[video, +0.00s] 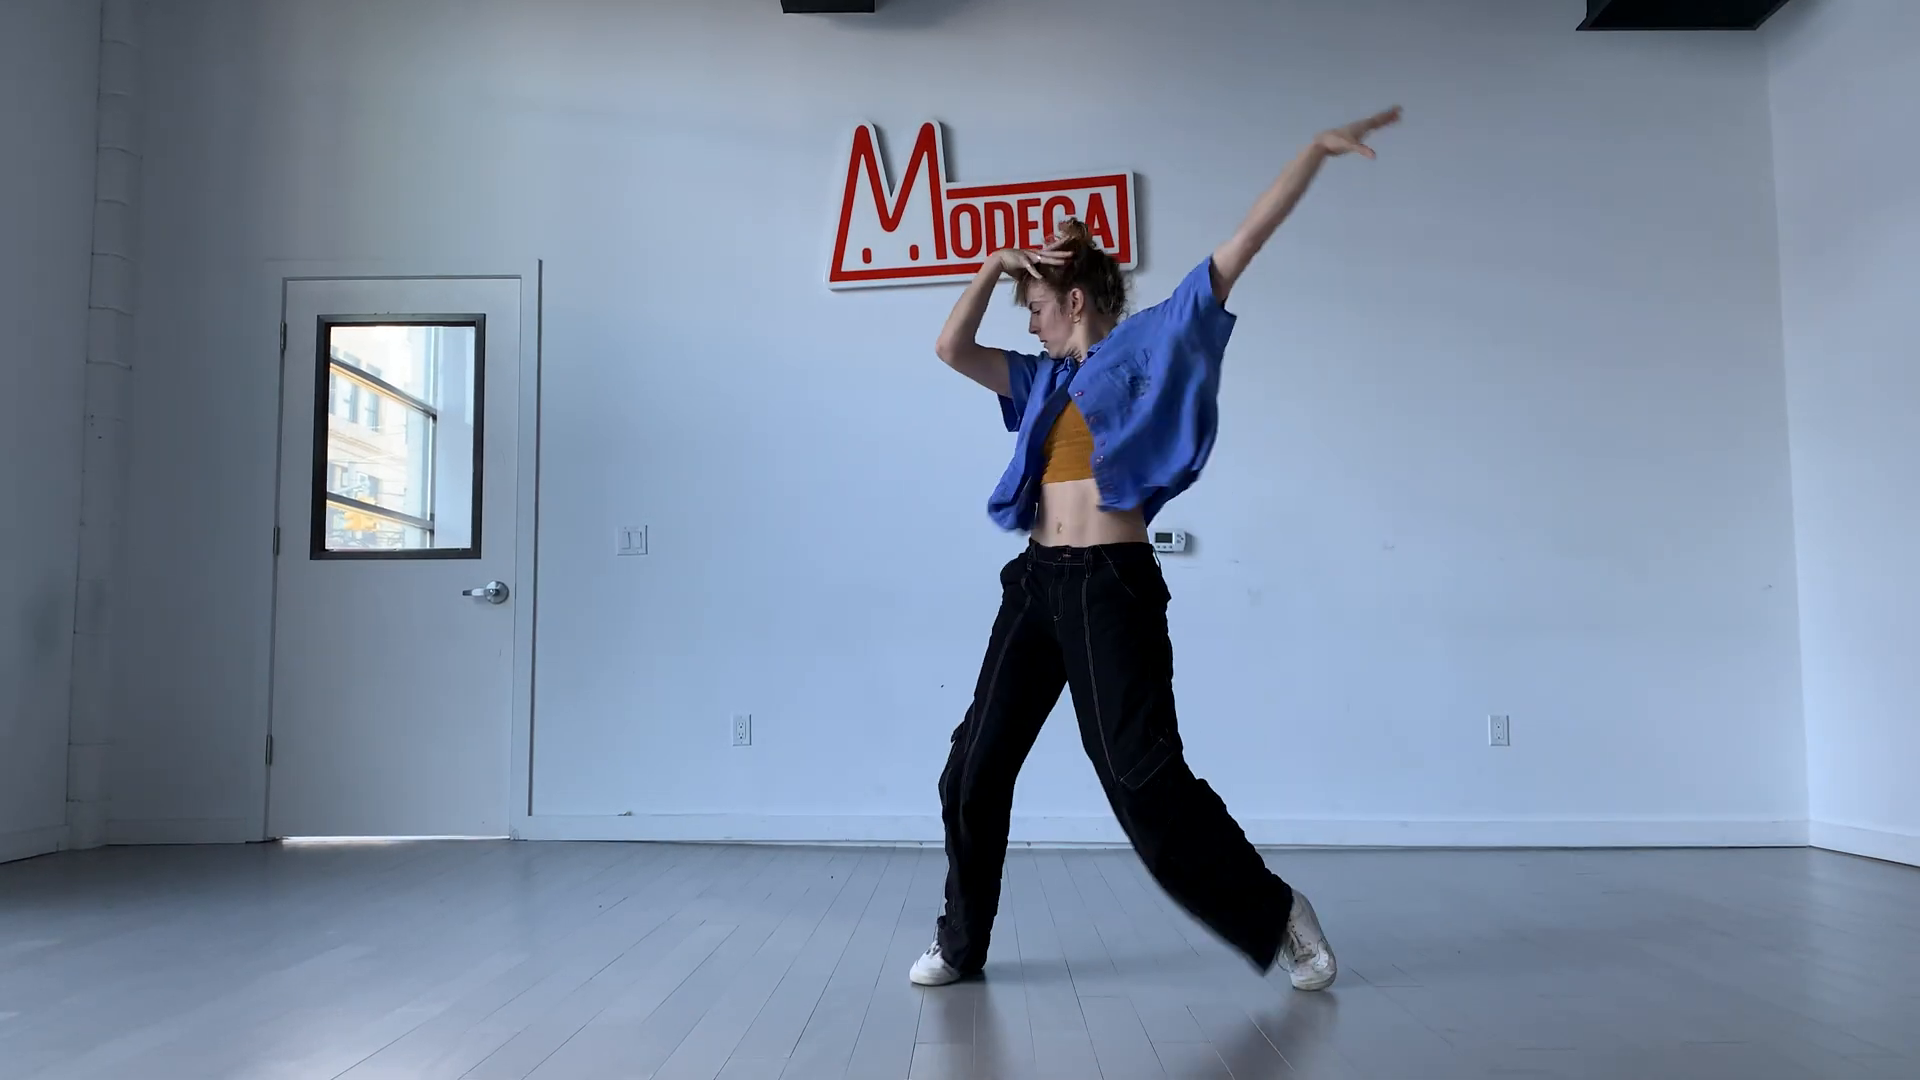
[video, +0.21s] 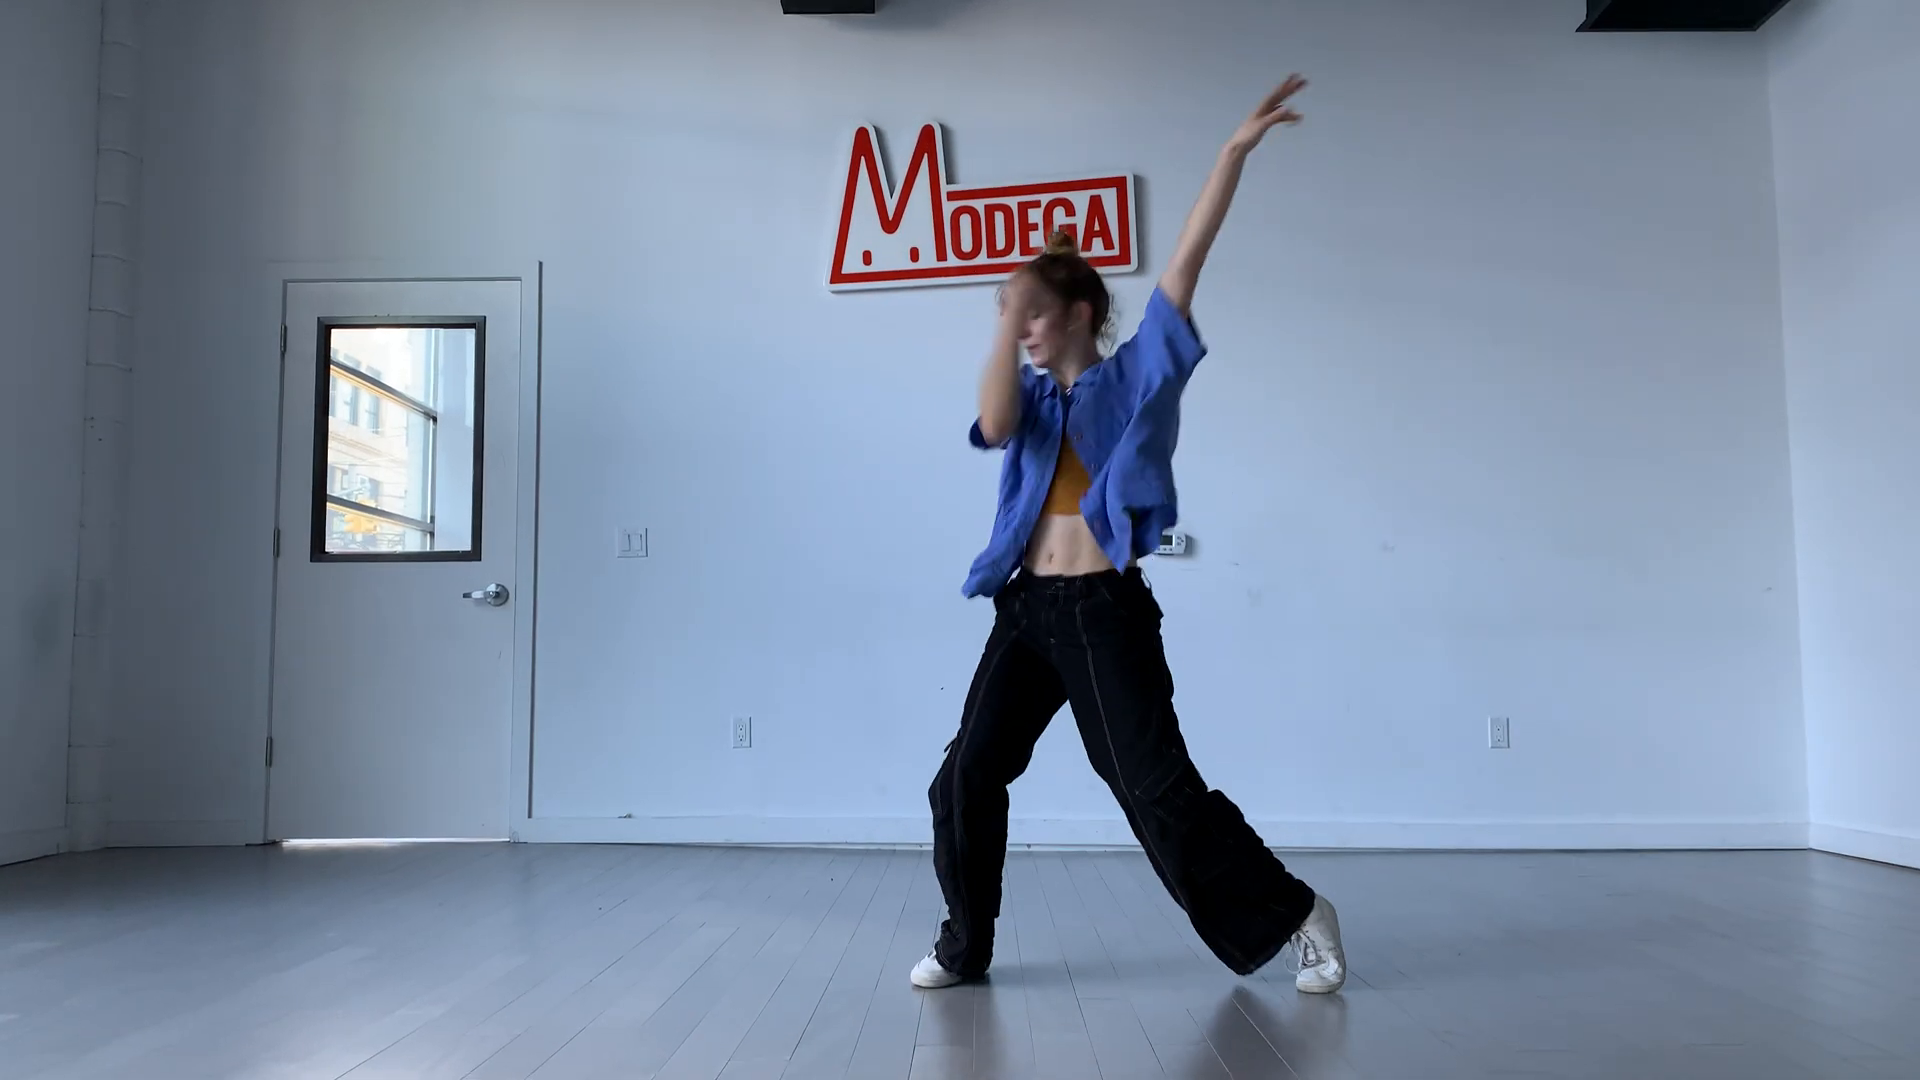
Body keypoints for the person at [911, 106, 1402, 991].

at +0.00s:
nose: (1029, 318)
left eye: (1035, 303)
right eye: (1026, 306)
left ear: (1078, 297)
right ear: (1054, 305)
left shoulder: (1155, 335)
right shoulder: (1041, 378)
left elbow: (1240, 248)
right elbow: (957, 350)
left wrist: (1316, 149)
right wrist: (989, 269)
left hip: (1112, 588)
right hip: (1035, 589)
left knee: (1144, 780)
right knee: (974, 769)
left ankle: (1280, 918)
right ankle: (960, 942)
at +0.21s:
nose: (1023, 336)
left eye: (1036, 319)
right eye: (1017, 322)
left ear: (1084, 312)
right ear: (1027, 325)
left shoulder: (1140, 373)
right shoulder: (1029, 395)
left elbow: (1185, 264)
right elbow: (993, 424)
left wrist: (1233, 152)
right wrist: (1013, 315)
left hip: (1107, 610)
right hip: (1025, 611)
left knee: (1157, 787)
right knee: (968, 775)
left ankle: (1300, 916)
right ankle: (965, 945)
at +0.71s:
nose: (985, 306)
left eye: (1000, 292)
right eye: (971, 292)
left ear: (1021, 297)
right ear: (953, 296)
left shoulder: (1049, 384)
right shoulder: (927, 348)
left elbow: (1057, 498)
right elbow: (880, 294)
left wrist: (1058, 591)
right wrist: (860, 278)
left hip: (1016, 585)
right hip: (925, 580)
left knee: (1018, 750)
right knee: (919, 758)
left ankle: (1001, 889)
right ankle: (959, 936)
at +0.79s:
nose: (980, 316)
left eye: (994, 303)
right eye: (967, 304)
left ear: (1015, 310)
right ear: (946, 312)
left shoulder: (1043, 398)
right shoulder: (913, 363)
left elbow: (1059, 491)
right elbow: (805, 326)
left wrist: (1093, 567)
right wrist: (840, 224)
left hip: (1004, 600)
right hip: (917, 586)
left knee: (1014, 771)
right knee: (919, 760)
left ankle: (956, 890)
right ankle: (959, 937)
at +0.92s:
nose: (954, 339)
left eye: (968, 326)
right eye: (941, 326)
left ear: (989, 336)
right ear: (922, 334)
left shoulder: (1008, 420)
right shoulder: (906, 404)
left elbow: (1097, 471)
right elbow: (970, 493)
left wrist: (1100, 390)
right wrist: (1033, 446)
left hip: (988, 614)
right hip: (908, 606)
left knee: (995, 778)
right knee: (919, 770)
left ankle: (909, 891)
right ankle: (950, 939)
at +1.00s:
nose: (949, 353)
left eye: (962, 340)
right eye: (935, 340)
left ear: (984, 349)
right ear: (919, 347)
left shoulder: (1004, 422)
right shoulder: (907, 402)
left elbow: (1094, 402)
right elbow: (947, 499)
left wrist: (1023, 351)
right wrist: (1037, 545)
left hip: (981, 606)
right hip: (904, 605)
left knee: (1015, 775)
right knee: (945, 700)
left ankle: (912, 895)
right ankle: (953, 887)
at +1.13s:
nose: (947, 367)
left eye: (961, 353)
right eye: (936, 353)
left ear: (982, 364)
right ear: (918, 361)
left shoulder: (1008, 434)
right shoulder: (882, 436)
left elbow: (1090, 354)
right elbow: (810, 528)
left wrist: (997, 355)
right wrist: (879, 552)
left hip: (963, 632)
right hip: (888, 626)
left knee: (1001, 784)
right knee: (1000, 594)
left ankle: (918, 902)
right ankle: (991, 782)